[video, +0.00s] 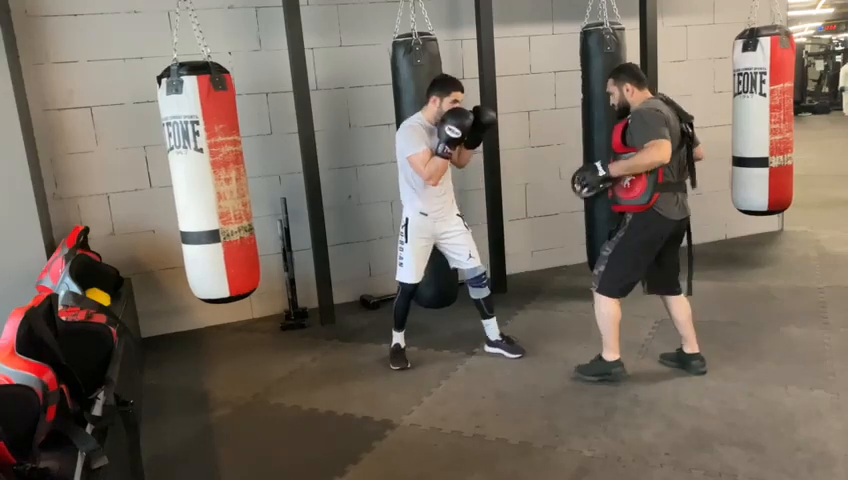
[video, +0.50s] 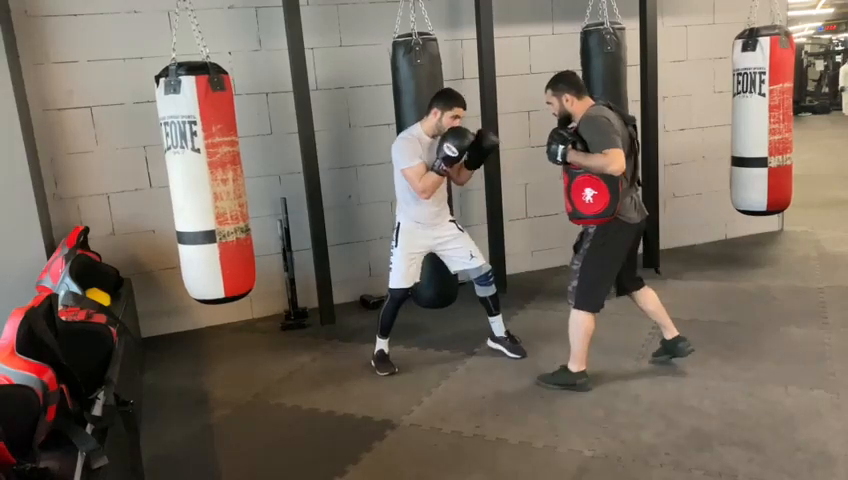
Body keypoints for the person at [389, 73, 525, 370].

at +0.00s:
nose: (457, 109)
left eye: (460, 104)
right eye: (454, 102)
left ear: (445, 102)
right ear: (434, 100)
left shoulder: (445, 127)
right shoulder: (409, 130)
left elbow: (461, 161)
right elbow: (430, 176)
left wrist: (475, 134)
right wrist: (448, 141)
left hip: (449, 217)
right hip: (418, 220)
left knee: (476, 275)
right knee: (408, 285)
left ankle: (494, 338)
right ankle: (397, 344)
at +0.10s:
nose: (460, 111)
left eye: (463, 106)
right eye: (457, 104)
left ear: (453, 104)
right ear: (439, 100)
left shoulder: (448, 128)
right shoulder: (413, 129)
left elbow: (472, 164)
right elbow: (435, 173)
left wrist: (479, 130)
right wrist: (454, 136)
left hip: (449, 219)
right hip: (418, 220)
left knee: (472, 276)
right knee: (407, 285)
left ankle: (495, 338)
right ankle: (396, 343)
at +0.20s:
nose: (464, 114)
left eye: (468, 109)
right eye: (462, 107)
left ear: (457, 108)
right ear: (444, 102)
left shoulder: (451, 132)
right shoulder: (416, 131)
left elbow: (484, 162)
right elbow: (438, 175)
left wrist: (484, 125)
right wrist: (458, 138)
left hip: (449, 221)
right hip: (418, 221)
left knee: (471, 279)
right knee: (410, 288)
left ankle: (495, 338)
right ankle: (396, 344)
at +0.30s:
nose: (462, 116)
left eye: (466, 112)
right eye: (460, 109)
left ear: (455, 109)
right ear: (444, 104)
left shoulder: (450, 132)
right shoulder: (413, 133)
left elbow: (484, 164)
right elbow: (432, 180)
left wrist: (483, 126)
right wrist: (456, 145)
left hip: (449, 221)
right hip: (417, 222)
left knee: (472, 279)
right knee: (408, 288)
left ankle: (495, 338)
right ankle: (389, 346)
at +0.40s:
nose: (460, 121)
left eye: (462, 116)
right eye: (457, 114)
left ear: (448, 113)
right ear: (439, 110)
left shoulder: (445, 137)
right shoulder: (408, 138)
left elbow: (472, 172)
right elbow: (425, 185)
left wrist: (479, 141)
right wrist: (449, 153)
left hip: (444, 223)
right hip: (413, 226)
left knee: (479, 275)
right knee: (401, 290)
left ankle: (495, 338)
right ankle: (381, 350)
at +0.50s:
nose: (456, 126)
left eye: (459, 121)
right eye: (454, 119)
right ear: (436, 114)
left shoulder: (445, 141)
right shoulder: (405, 143)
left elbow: (461, 179)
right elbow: (424, 189)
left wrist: (477, 154)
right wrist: (447, 158)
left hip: (444, 225)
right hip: (411, 228)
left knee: (483, 272)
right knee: (399, 290)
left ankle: (499, 335)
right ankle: (381, 350)